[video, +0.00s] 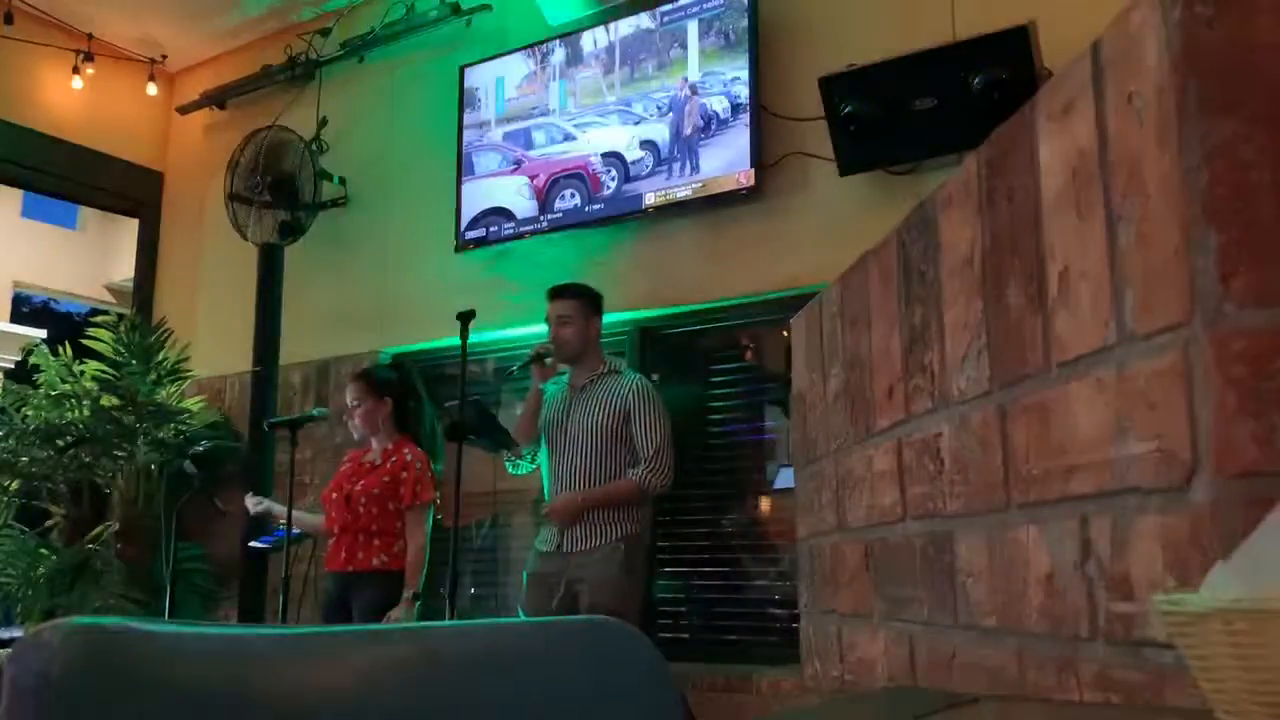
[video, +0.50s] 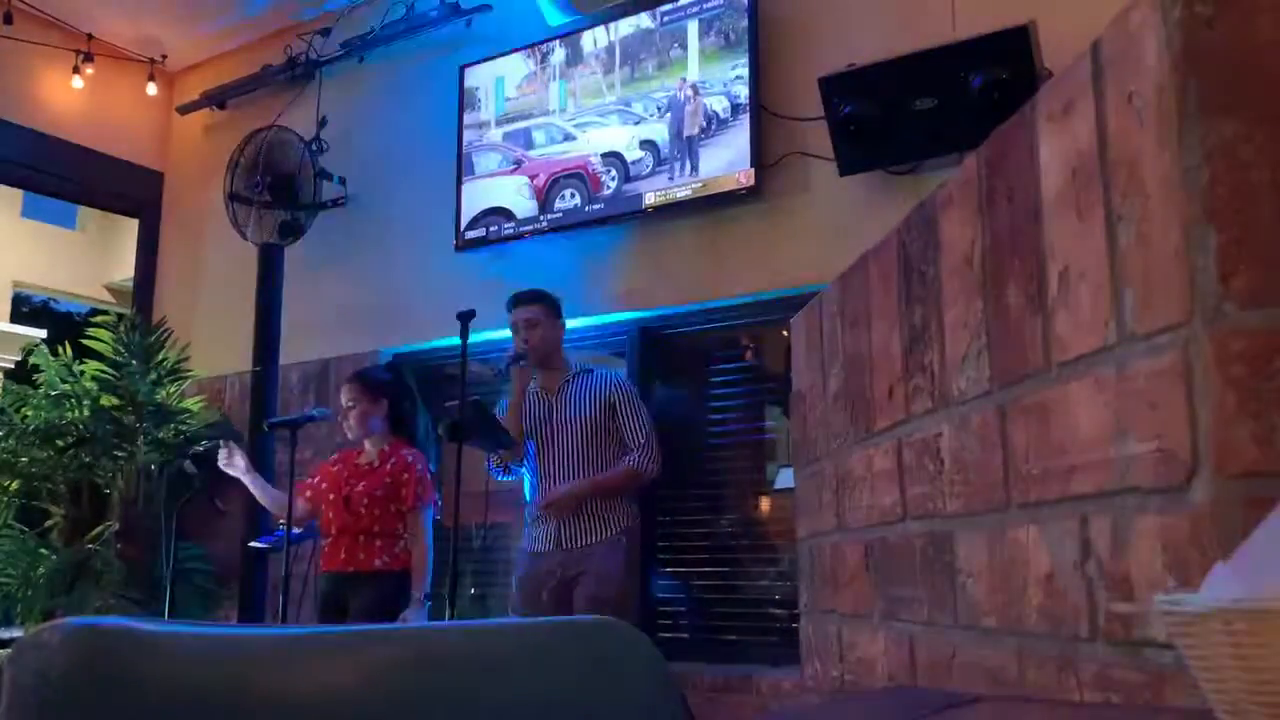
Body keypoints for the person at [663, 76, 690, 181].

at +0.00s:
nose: (681, 85)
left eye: (683, 83)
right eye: (680, 83)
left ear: (686, 84)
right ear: (678, 83)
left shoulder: (688, 97)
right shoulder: (674, 97)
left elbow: (690, 111)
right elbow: (668, 110)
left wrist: (689, 124)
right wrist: (659, 113)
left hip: (684, 124)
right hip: (674, 124)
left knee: (682, 148)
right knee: (671, 149)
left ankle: (682, 170)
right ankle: (669, 172)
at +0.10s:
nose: (681, 84)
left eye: (683, 83)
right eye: (681, 82)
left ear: (686, 84)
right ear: (679, 83)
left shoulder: (688, 97)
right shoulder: (674, 96)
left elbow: (691, 110)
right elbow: (668, 109)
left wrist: (690, 124)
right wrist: (659, 113)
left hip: (684, 123)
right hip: (674, 123)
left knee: (682, 147)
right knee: (671, 148)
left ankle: (682, 170)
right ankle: (669, 171)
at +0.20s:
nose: (681, 84)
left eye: (683, 82)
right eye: (680, 82)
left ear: (686, 84)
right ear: (678, 83)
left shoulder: (688, 97)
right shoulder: (674, 97)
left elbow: (690, 111)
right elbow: (668, 109)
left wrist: (689, 124)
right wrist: (660, 113)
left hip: (684, 123)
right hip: (674, 124)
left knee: (682, 148)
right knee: (671, 148)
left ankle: (682, 170)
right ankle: (668, 171)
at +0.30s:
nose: (681, 85)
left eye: (683, 83)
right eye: (680, 82)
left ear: (686, 84)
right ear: (678, 84)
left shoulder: (688, 97)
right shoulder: (673, 97)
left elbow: (690, 110)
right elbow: (668, 108)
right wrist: (660, 113)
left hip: (684, 124)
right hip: (674, 124)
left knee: (683, 148)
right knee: (671, 148)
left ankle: (682, 170)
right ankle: (668, 172)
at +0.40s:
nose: (681, 84)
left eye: (683, 82)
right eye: (680, 82)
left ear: (686, 84)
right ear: (678, 83)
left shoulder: (688, 96)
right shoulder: (673, 97)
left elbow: (690, 110)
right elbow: (668, 108)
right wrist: (660, 113)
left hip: (684, 123)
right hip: (674, 123)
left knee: (683, 148)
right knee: (671, 148)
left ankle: (682, 170)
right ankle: (669, 171)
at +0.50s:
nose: (680, 85)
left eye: (681, 83)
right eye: (679, 83)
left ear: (684, 84)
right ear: (677, 84)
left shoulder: (687, 96)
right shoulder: (672, 97)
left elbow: (690, 109)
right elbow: (667, 108)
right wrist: (660, 114)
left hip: (684, 124)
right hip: (674, 124)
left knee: (683, 149)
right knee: (672, 149)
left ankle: (682, 170)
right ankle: (671, 173)